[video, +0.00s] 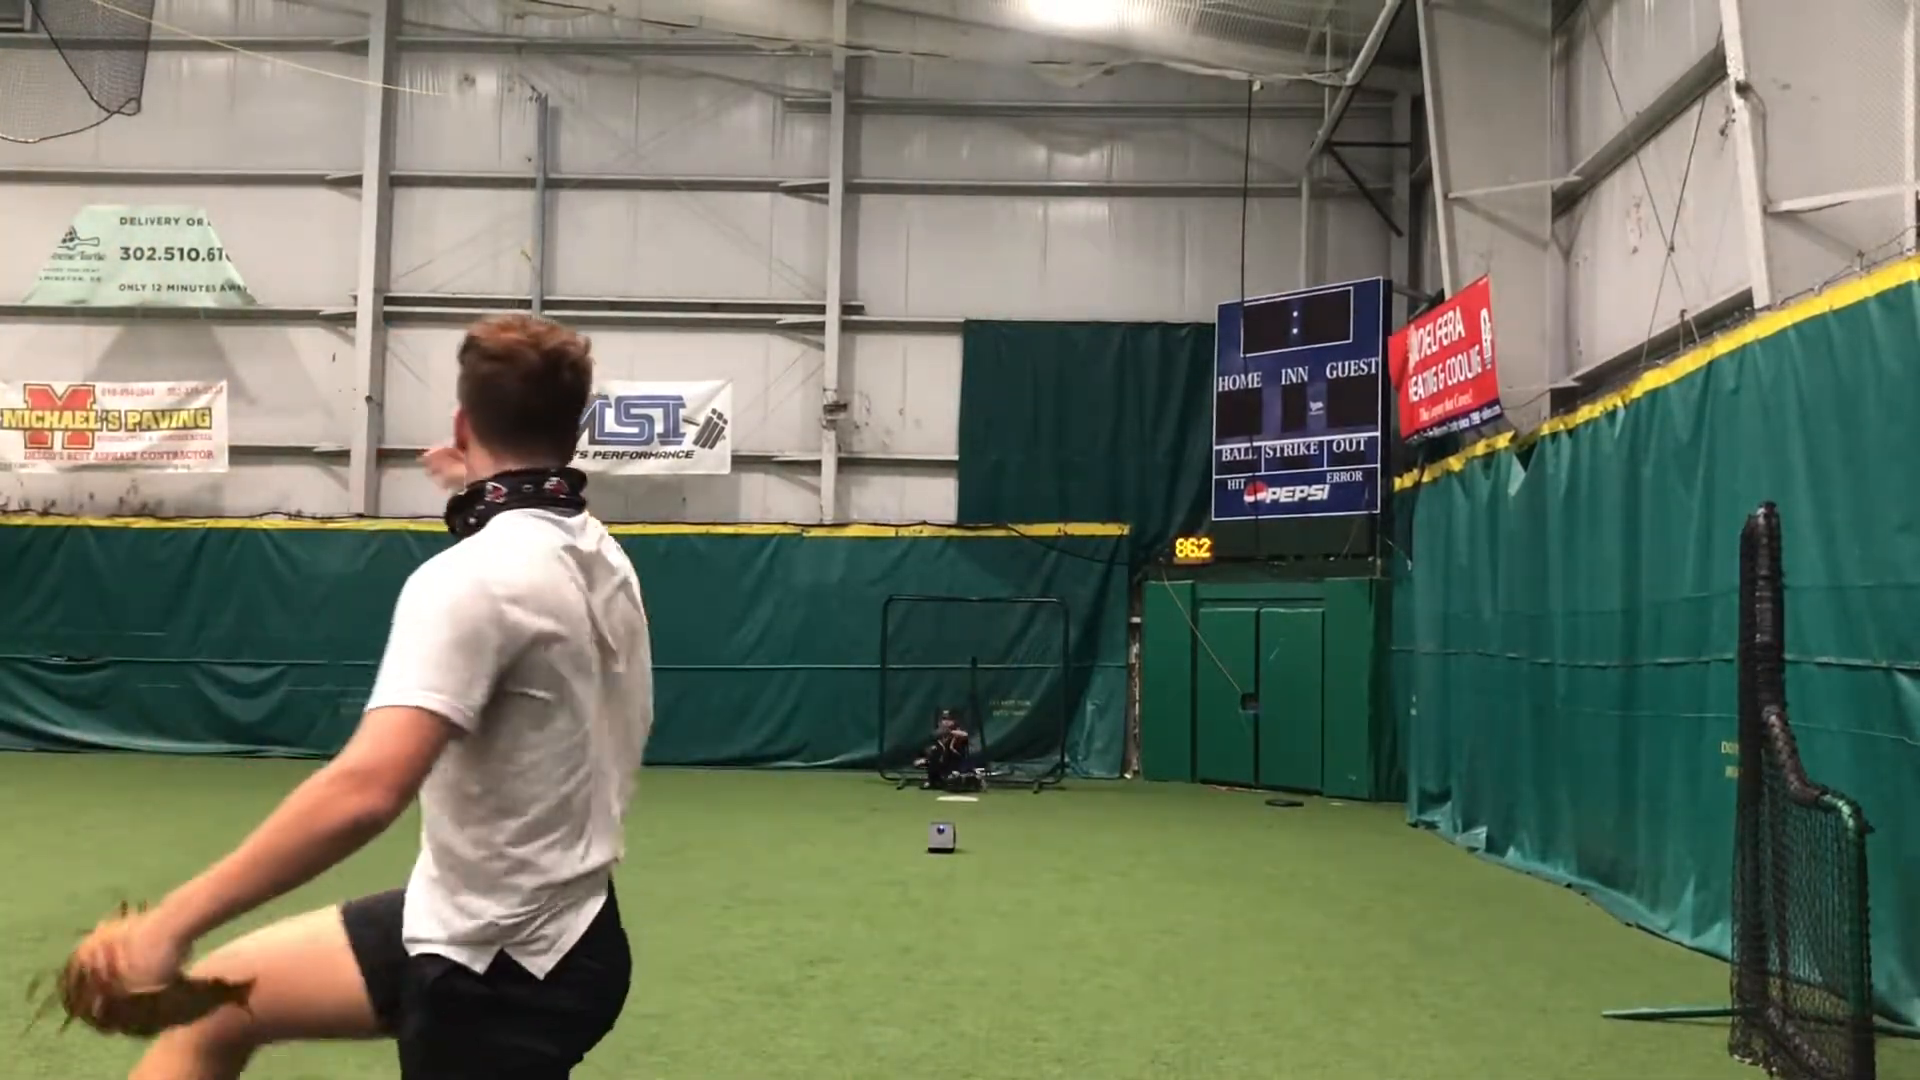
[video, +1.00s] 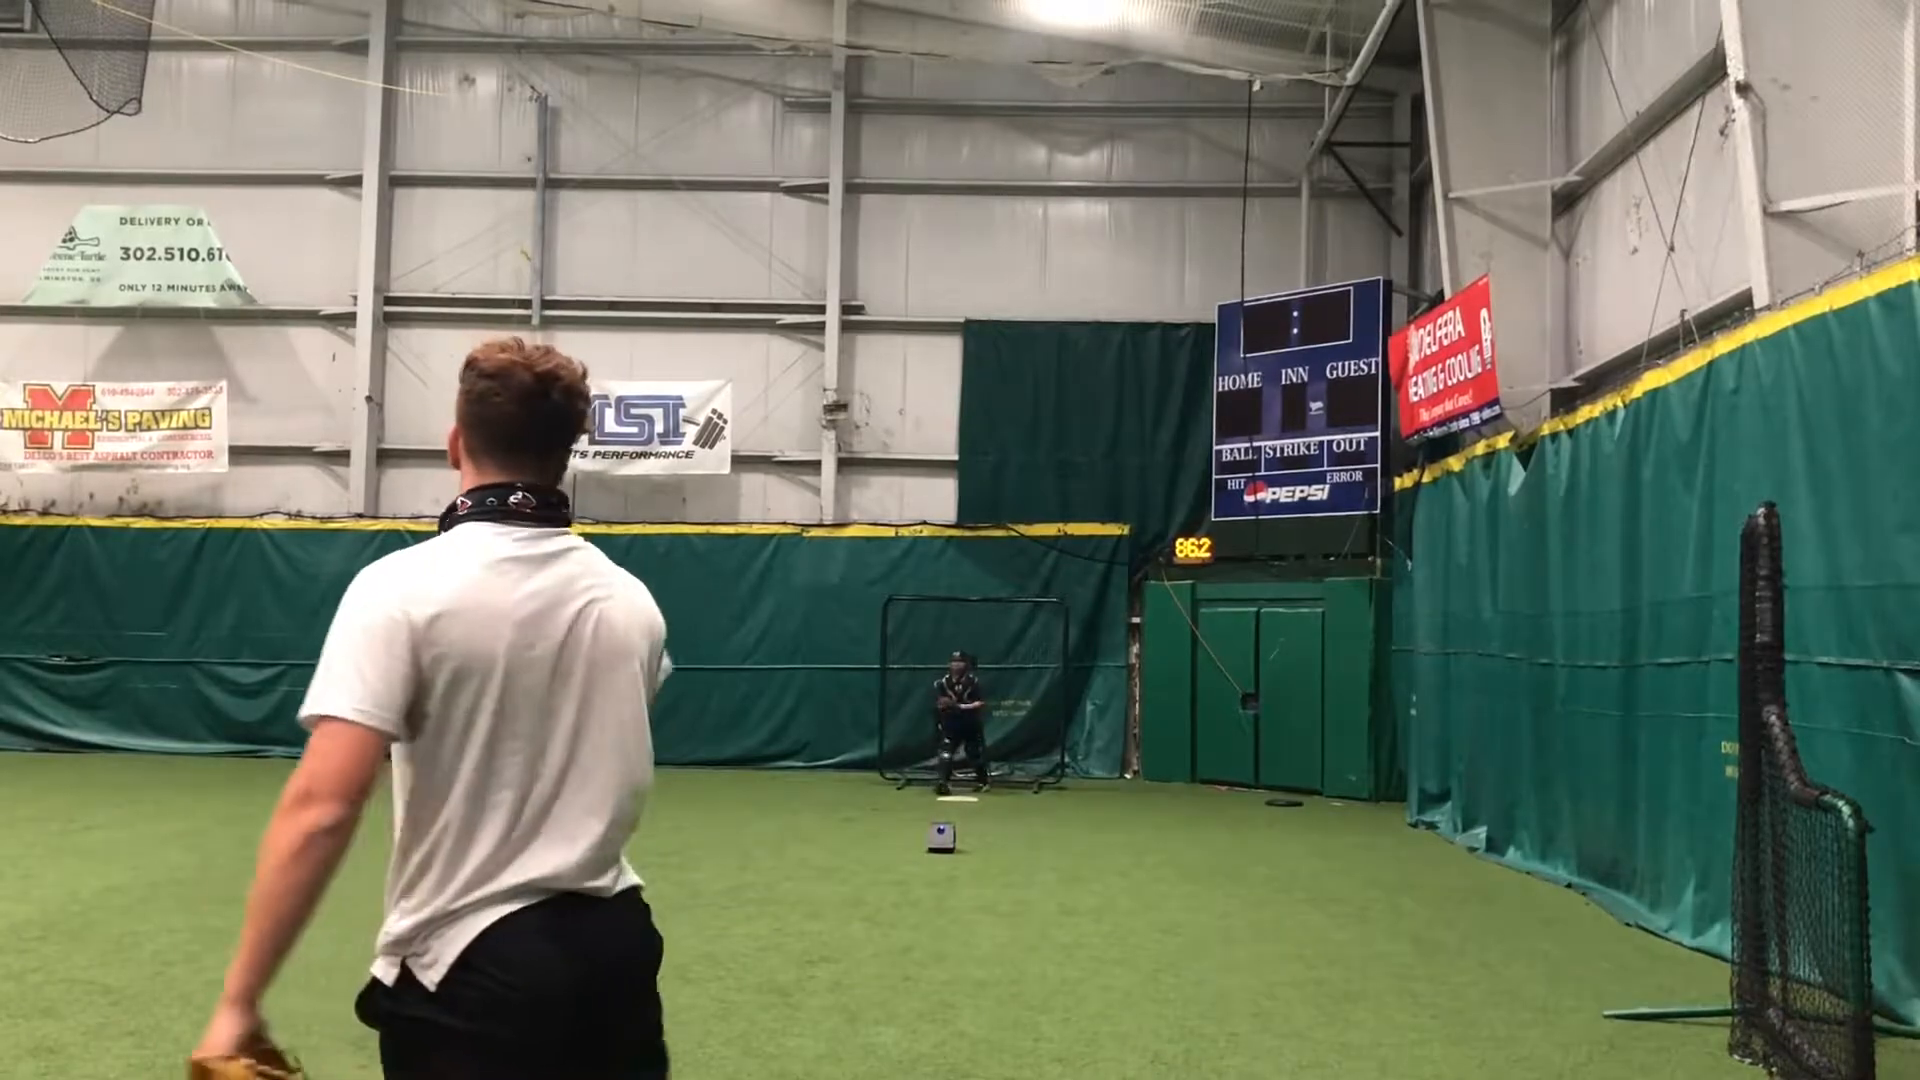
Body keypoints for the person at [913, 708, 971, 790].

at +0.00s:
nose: (946, 723)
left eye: (949, 720)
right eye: (944, 720)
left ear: (955, 722)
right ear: (940, 722)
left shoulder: (960, 737)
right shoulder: (936, 736)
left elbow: (965, 735)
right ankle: (932, 780)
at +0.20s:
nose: (945, 718)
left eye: (948, 715)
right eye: (943, 715)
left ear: (953, 715)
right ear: (938, 715)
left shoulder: (958, 725)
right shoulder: (936, 727)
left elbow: (970, 732)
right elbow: (926, 739)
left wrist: (956, 731)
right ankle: (933, 779)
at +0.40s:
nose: (948, 693)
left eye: (951, 690)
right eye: (945, 690)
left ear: (956, 692)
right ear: (941, 692)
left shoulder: (962, 706)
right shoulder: (935, 706)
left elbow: (976, 721)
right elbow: (934, 721)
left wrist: (963, 729)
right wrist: (938, 727)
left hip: (960, 736)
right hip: (943, 736)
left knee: (955, 759)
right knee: (932, 753)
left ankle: (979, 781)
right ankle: (934, 781)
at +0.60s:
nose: (958, 675)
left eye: (961, 672)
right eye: (956, 672)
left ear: (966, 673)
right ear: (951, 673)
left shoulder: (973, 688)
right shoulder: (942, 689)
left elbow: (982, 700)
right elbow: (941, 706)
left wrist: (972, 712)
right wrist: (950, 718)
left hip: (967, 723)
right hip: (948, 724)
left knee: (965, 753)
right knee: (938, 749)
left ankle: (982, 780)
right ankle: (932, 779)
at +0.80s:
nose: (961, 665)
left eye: (965, 662)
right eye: (959, 661)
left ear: (971, 664)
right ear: (956, 663)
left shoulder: (978, 678)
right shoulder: (947, 678)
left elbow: (987, 693)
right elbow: (944, 696)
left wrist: (979, 705)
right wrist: (948, 709)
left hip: (971, 717)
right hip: (953, 717)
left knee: (972, 750)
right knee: (945, 748)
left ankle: (983, 779)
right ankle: (936, 776)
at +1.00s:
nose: (956, 666)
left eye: (959, 662)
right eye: (953, 662)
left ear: (966, 665)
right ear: (950, 665)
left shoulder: (972, 683)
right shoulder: (942, 684)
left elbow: (980, 703)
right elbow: (939, 703)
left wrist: (958, 706)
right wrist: (945, 703)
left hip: (971, 725)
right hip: (951, 725)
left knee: (974, 753)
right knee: (945, 754)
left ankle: (983, 781)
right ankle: (943, 783)